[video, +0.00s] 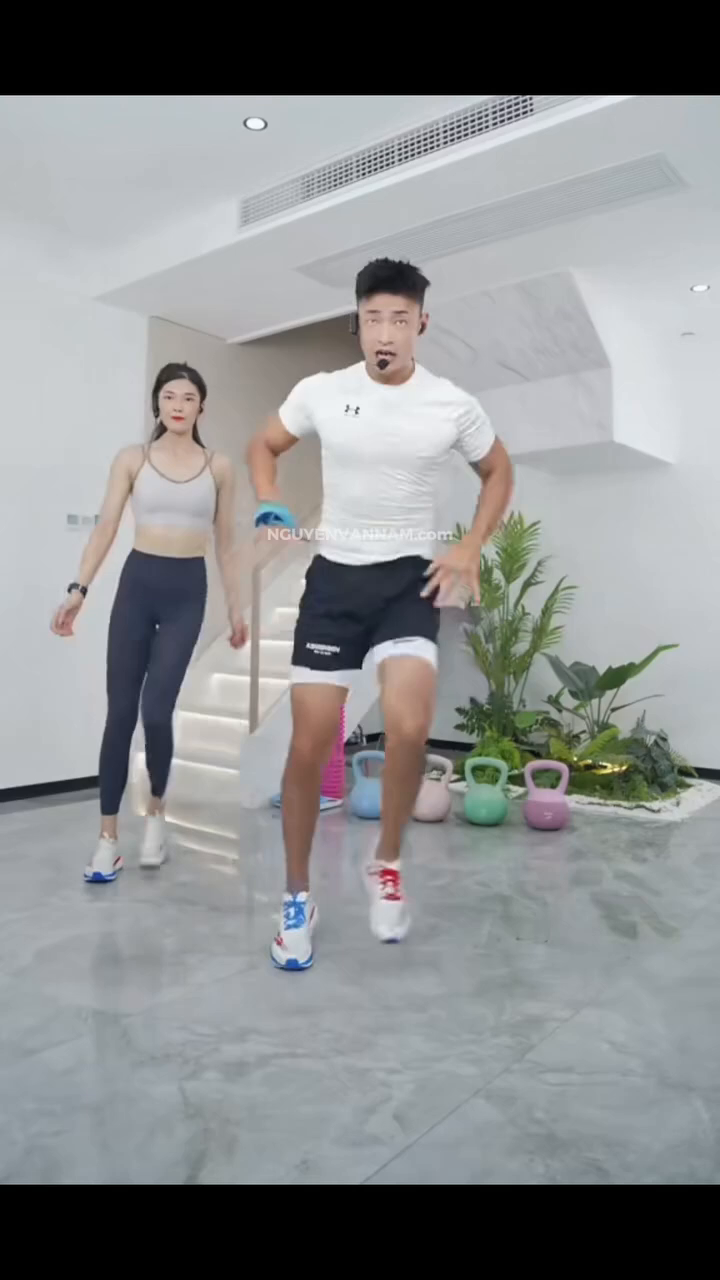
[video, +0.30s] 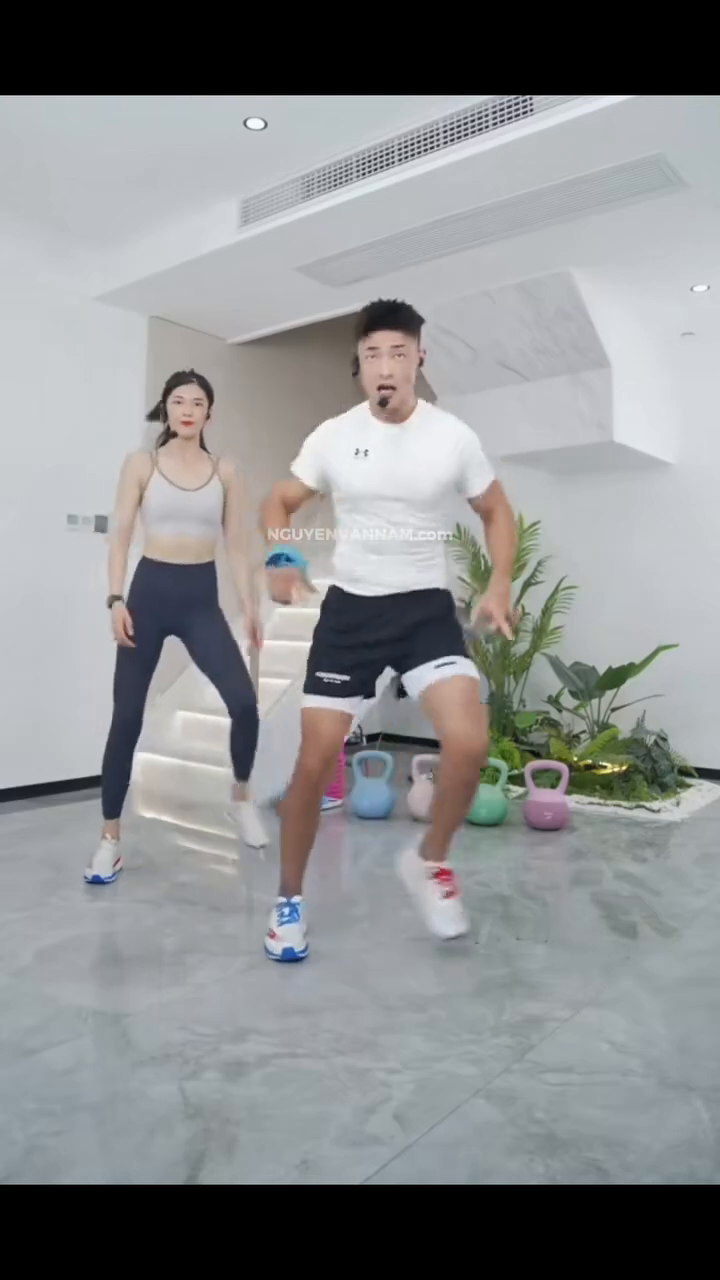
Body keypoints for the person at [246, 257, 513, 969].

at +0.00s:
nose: (385, 332)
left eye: (399, 319)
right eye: (373, 319)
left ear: (421, 326)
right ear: (357, 325)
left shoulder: (454, 406)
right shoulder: (321, 393)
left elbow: (499, 473)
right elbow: (263, 448)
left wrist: (472, 547)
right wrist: (270, 508)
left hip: (411, 582)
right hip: (334, 580)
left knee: (411, 728)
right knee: (309, 746)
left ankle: (387, 863)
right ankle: (296, 894)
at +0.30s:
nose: (384, 368)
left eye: (397, 355)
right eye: (372, 356)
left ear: (420, 362)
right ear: (358, 366)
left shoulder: (453, 438)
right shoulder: (334, 437)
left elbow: (498, 513)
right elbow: (278, 503)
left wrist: (500, 585)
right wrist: (280, 555)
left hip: (427, 611)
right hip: (348, 612)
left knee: (469, 742)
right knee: (314, 759)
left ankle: (429, 861)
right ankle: (289, 902)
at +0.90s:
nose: (532, 397)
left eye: (545, 386)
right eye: (521, 384)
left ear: (559, 393)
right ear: (499, 387)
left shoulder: (576, 464)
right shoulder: (456, 459)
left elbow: (608, 539)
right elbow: (440, 541)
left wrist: (625, 600)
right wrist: (454, 602)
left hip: (556, 621)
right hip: (484, 625)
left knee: (587, 767)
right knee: (502, 767)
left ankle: (587, 898)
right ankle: (540, 882)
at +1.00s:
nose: (532, 393)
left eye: (545, 384)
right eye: (521, 380)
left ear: (558, 398)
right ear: (499, 388)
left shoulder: (574, 470)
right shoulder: (456, 462)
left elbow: (600, 546)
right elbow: (441, 538)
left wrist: (611, 604)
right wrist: (454, 595)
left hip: (554, 629)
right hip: (481, 630)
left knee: (586, 782)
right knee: (458, 763)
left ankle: (586, 902)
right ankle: (508, 875)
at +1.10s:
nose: (512, 356)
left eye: (524, 347)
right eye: (500, 345)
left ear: (539, 363)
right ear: (481, 359)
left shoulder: (560, 441)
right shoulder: (443, 436)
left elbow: (579, 522)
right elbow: (431, 519)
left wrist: (580, 585)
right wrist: (441, 577)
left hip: (537, 615)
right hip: (461, 612)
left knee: (571, 778)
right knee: (408, 743)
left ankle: (583, 899)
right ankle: (431, 879)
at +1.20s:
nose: (481, 332)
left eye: (492, 323)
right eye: (469, 323)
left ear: (510, 341)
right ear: (451, 341)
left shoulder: (537, 421)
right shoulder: (417, 418)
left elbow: (551, 511)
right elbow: (402, 508)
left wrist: (547, 574)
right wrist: (413, 558)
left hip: (512, 602)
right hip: (434, 602)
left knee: (551, 760)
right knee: (375, 744)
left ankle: (582, 897)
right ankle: (340, 896)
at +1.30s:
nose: (446, 338)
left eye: (458, 330)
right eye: (435, 331)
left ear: (477, 347)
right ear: (418, 349)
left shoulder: (506, 426)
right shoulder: (387, 425)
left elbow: (525, 516)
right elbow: (352, 502)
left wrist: (520, 567)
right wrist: (363, 552)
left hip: (481, 608)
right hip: (400, 606)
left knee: (529, 771)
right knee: (351, 757)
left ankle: (573, 900)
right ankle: (292, 910)